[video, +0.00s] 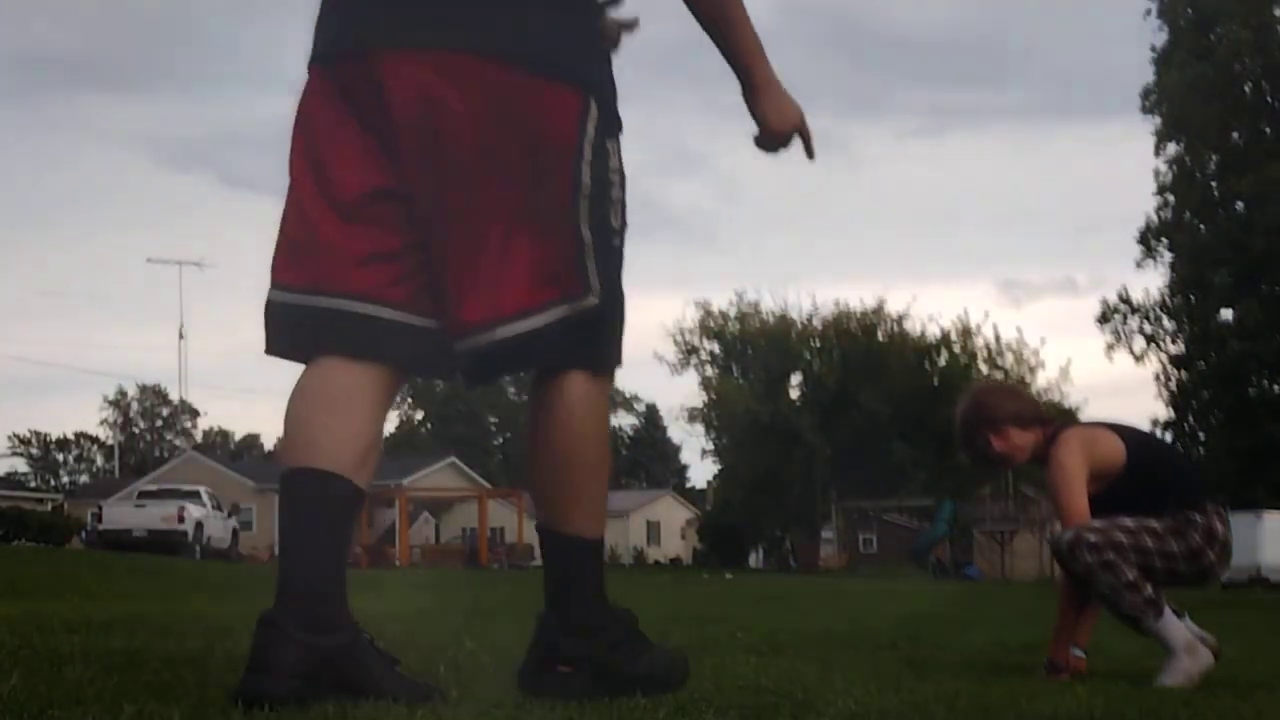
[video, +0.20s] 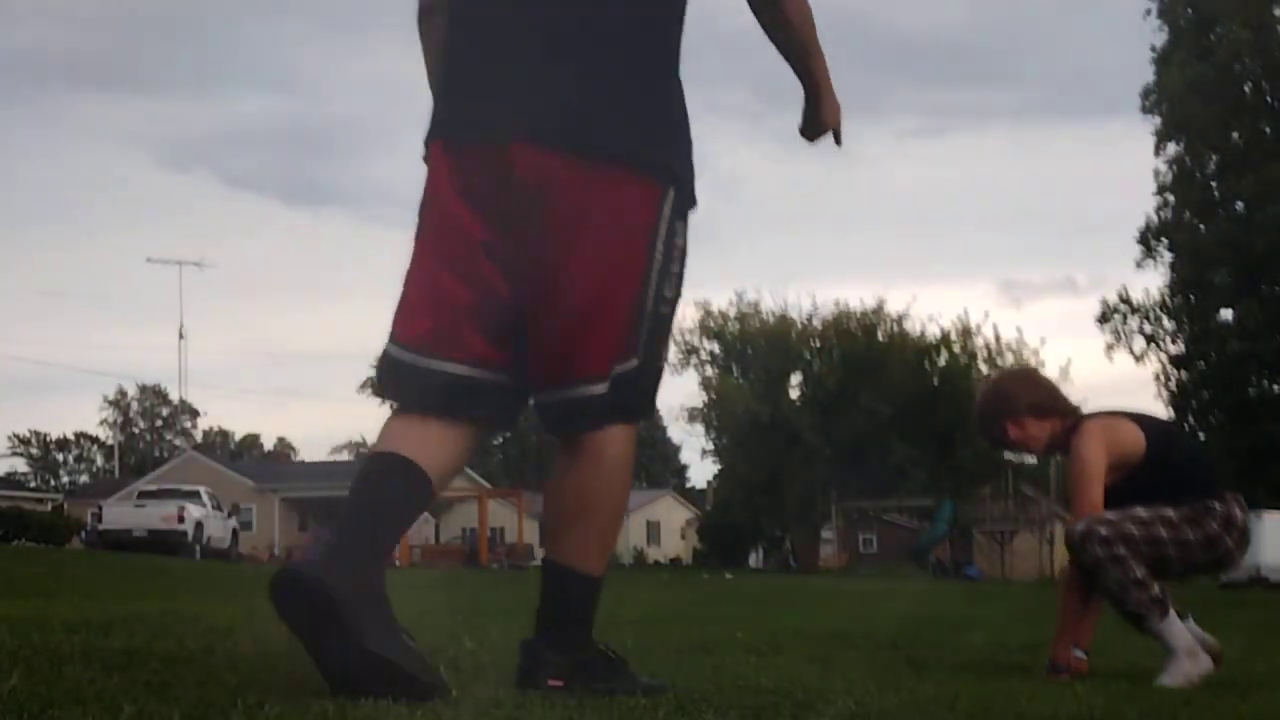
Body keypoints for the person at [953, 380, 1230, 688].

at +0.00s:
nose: (996, 446)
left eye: (998, 431)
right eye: (985, 442)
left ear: (1021, 417)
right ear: (982, 449)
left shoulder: (1067, 450)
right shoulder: (1069, 448)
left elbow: (1080, 562)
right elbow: (1093, 560)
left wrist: (1061, 649)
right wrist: (1077, 647)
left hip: (1200, 536)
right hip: (1194, 536)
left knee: (1078, 544)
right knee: (1092, 548)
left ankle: (1187, 649)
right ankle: (1189, 636)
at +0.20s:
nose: (1013, 442)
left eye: (1011, 432)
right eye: (1008, 438)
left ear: (1021, 419)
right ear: (1037, 405)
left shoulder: (1089, 439)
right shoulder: (1086, 441)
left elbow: (1083, 555)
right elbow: (1093, 555)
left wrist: (1064, 646)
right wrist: (1080, 646)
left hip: (1218, 524)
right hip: (1207, 524)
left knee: (1091, 536)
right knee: (1098, 542)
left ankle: (1188, 654)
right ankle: (1189, 637)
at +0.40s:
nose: (1027, 403)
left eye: (1028, 390)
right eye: (1020, 400)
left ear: (1049, 379)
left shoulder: (1114, 416)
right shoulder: (1093, 431)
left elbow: (1097, 532)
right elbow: (1088, 534)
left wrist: (1062, 639)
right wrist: (1063, 638)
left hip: (1239, 484)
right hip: (1218, 486)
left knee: (1117, 525)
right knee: (1104, 534)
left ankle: (1190, 659)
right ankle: (1195, 639)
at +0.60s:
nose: (1052, 350)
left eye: (1053, 336)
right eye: (1043, 345)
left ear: (1076, 322)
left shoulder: (1141, 368)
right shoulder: (1092, 394)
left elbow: (1131, 485)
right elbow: (1088, 483)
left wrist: (1084, 586)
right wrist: (1061, 565)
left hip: (1254, 441)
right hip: (1208, 453)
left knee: (1158, 515)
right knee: (1124, 532)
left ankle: (1194, 656)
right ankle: (1202, 640)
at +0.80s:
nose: (1077, 274)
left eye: (1083, 259)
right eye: (1068, 269)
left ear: (1110, 253)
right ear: (1065, 278)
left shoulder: (1162, 306)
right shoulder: (1099, 335)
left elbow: (1179, 419)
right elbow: (1095, 424)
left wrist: (1135, 514)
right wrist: (1074, 507)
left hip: (1252, 399)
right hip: (1205, 412)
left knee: (1182, 511)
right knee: (1137, 528)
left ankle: (1196, 657)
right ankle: (1215, 650)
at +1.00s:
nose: (1091, 210)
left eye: (1095, 199)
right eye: (1088, 201)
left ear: (1125, 192)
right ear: (1107, 200)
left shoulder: (1171, 244)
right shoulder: (1114, 264)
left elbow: (1229, 319)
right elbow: (1125, 356)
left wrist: (1222, 413)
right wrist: (1098, 419)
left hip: (1237, 373)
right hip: (1195, 379)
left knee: (1197, 508)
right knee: (1193, 510)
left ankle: (1197, 656)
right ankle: (1221, 651)